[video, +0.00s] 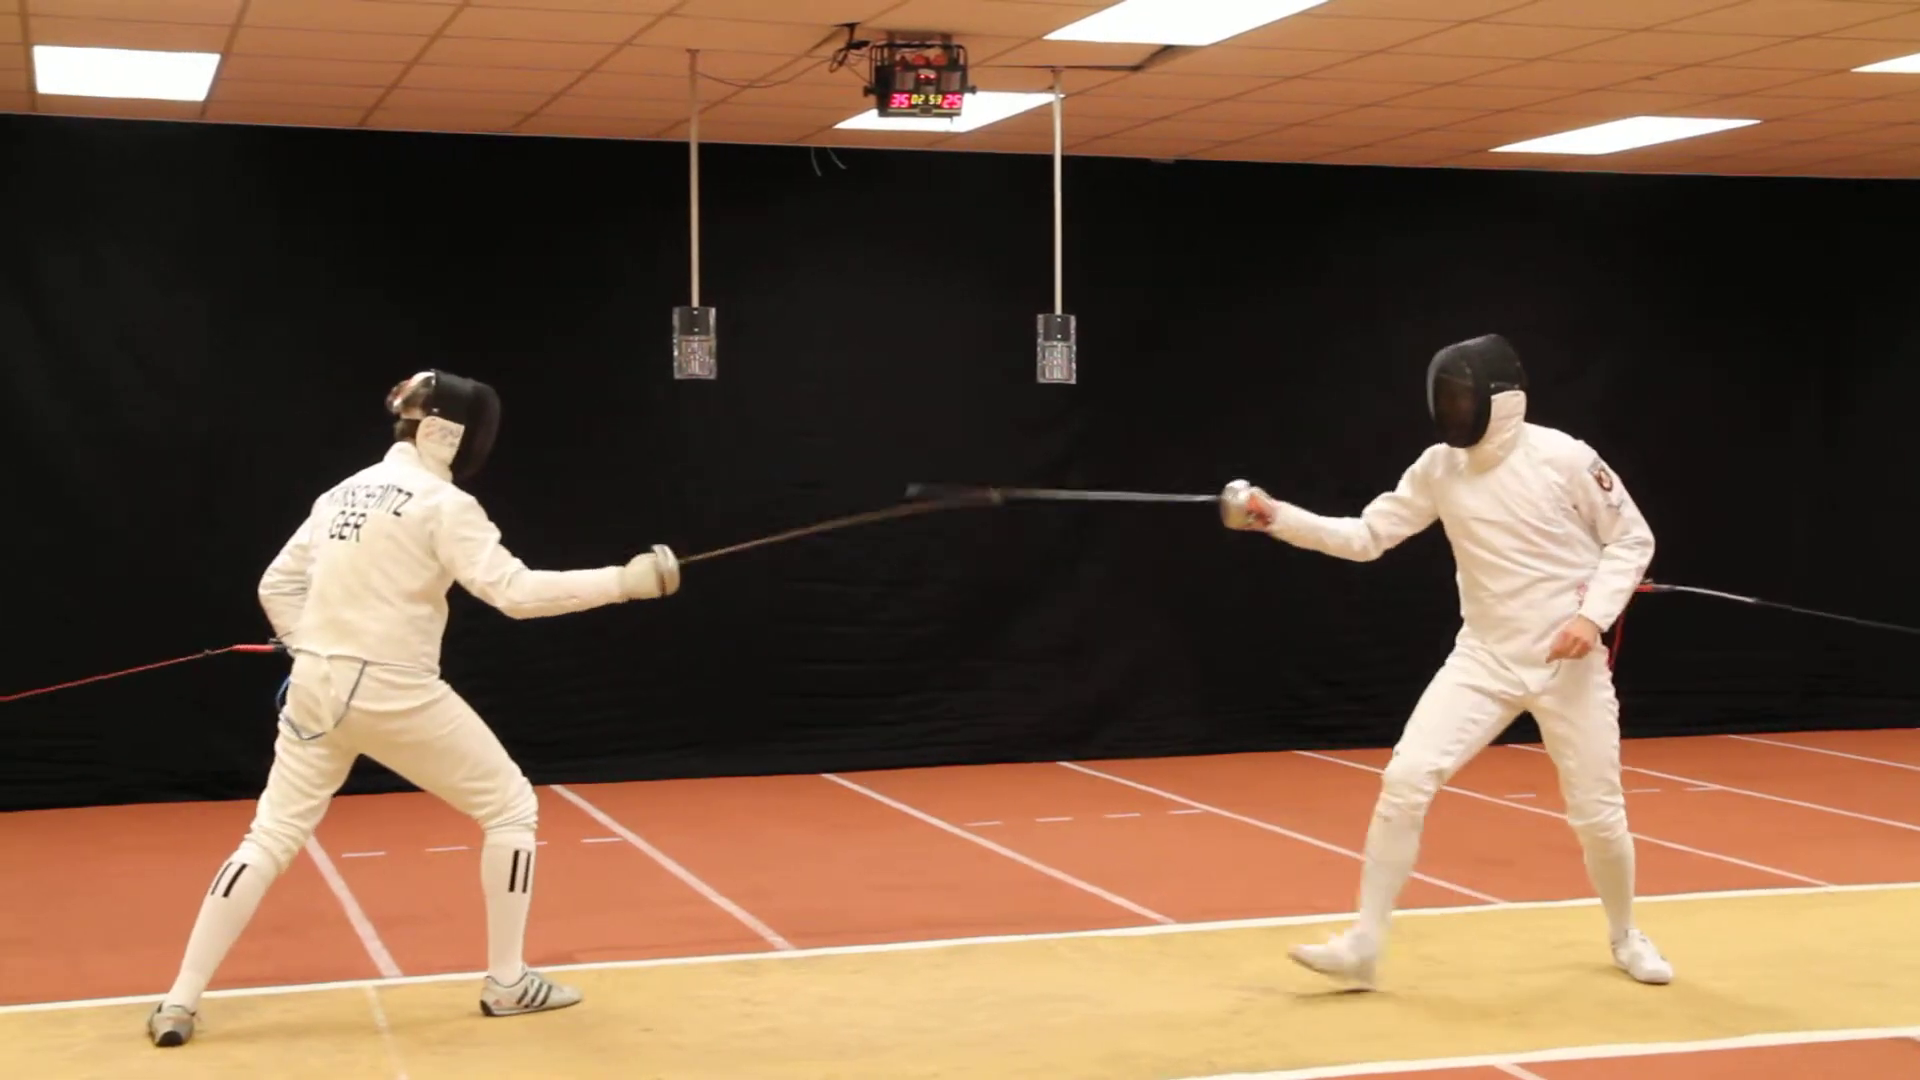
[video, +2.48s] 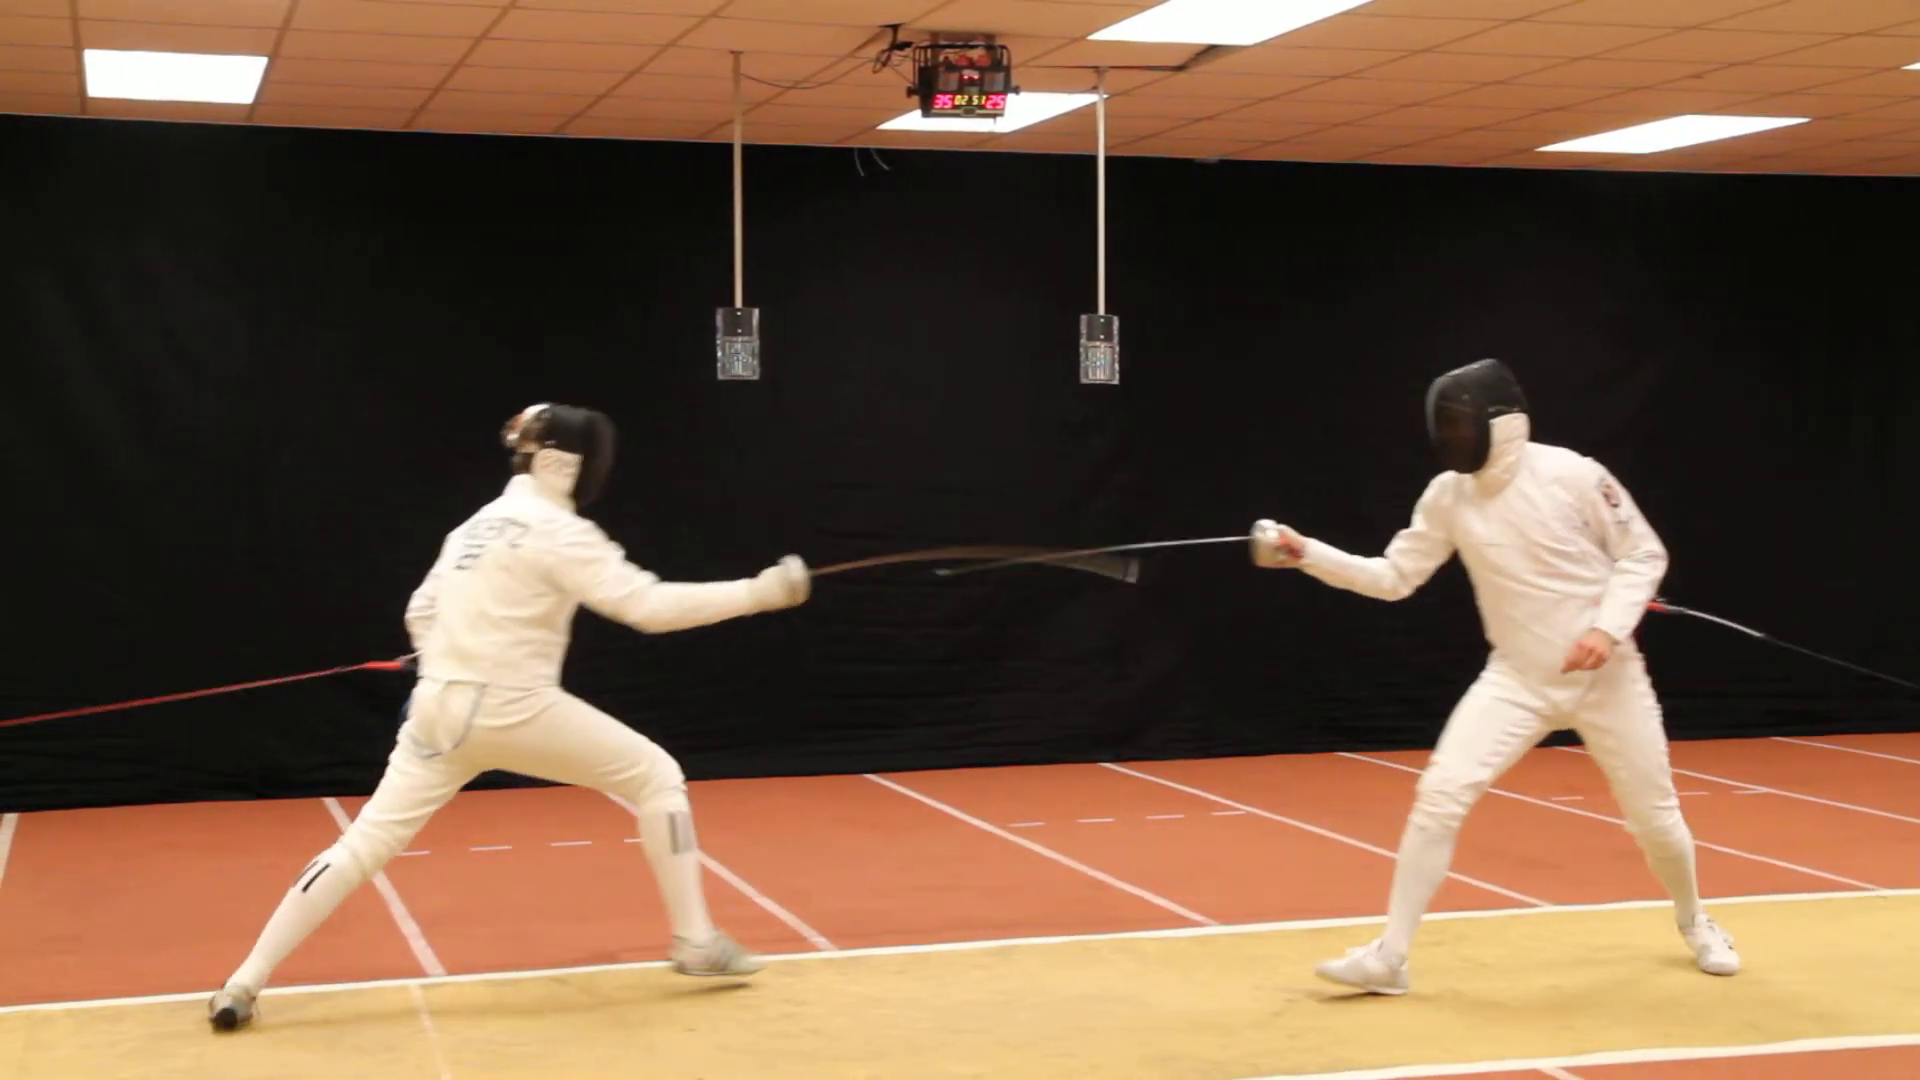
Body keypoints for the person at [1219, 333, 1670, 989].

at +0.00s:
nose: (1448, 408)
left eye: (1460, 394)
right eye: (1444, 394)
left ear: (1500, 395)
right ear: (1446, 397)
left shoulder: (1565, 459)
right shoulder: (1439, 470)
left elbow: (1634, 540)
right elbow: (1366, 537)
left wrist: (1592, 616)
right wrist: (1276, 517)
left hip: (1570, 664)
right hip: (1481, 661)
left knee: (1600, 815)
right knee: (1405, 781)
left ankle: (1626, 937)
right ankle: (1365, 944)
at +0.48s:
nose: (1346, 426)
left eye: (1358, 412)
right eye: (1341, 413)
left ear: (1402, 409)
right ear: (1343, 414)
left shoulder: (1473, 466)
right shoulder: (1344, 482)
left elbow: (1539, 547)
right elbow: (1258, 534)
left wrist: (1508, 630)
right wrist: (1163, 510)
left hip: (1494, 673)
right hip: (1402, 670)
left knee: (1543, 826)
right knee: (1333, 791)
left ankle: (1541, 934)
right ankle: (1329, 959)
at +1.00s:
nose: (1381, 432)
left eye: (1393, 417)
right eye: (1376, 419)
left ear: (1435, 416)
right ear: (1377, 423)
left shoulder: (1505, 477)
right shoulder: (1380, 495)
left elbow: (1575, 562)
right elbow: (1341, 581)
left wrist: (1542, 640)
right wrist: (1252, 557)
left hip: (1528, 684)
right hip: (1435, 682)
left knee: (1591, 831)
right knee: (1355, 799)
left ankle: (1638, 923)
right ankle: (1313, 962)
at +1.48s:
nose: (1454, 419)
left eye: (1467, 404)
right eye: (1450, 405)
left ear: (1508, 406)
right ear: (1451, 410)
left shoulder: (1580, 471)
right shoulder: (1452, 482)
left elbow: (1650, 549)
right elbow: (1377, 547)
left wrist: (1624, 629)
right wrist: (1285, 525)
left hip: (1597, 673)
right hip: (1507, 670)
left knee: (1627, 824)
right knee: (1432, 783)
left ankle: (1645, 933)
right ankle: (1420, 946)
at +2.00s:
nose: (1392, 445)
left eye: (1404, 431)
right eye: (1388, 432)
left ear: (1448, 430)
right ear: (1391, 436)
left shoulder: (1519, 483)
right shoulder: (1392, 504)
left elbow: (1592, 560)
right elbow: (1312, 566)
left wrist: (1580, 644)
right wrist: (1215, 551)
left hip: (1554, 684)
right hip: (1461, 686)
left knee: (1612, 829)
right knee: (1375, 792)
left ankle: (1635, 938)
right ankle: (1375, 958)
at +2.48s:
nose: (1444, 435)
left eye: (1456, 420)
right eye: (1441, 422)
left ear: (1499, 419)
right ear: (1442, 426)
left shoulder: (1573, 476)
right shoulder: (1448, 497)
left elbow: (1644, 556)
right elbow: (1394, 577)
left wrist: (1606, 629)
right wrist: (1303, 552)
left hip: (1608, 677)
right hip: (1515, 679)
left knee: (1660, 825)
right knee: (1438, 798)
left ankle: (1694, 922)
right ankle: (1390, 954)